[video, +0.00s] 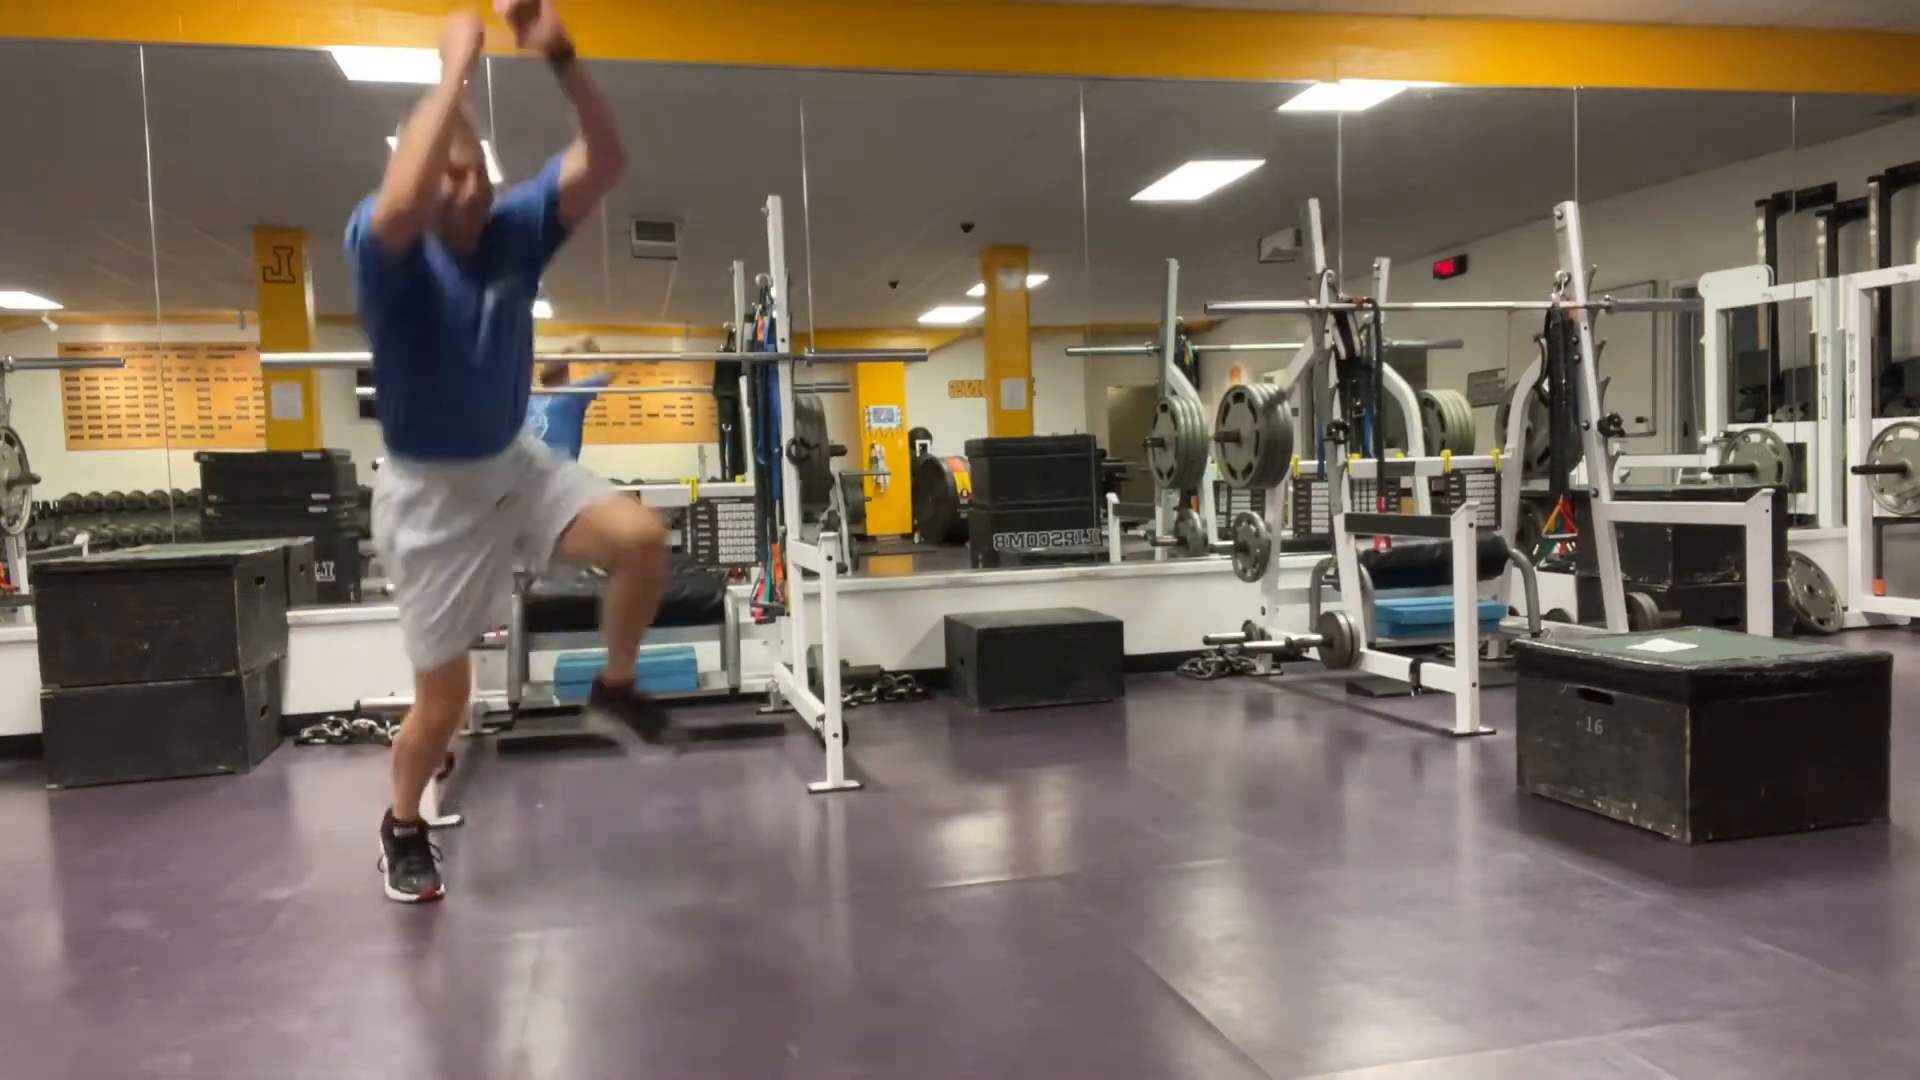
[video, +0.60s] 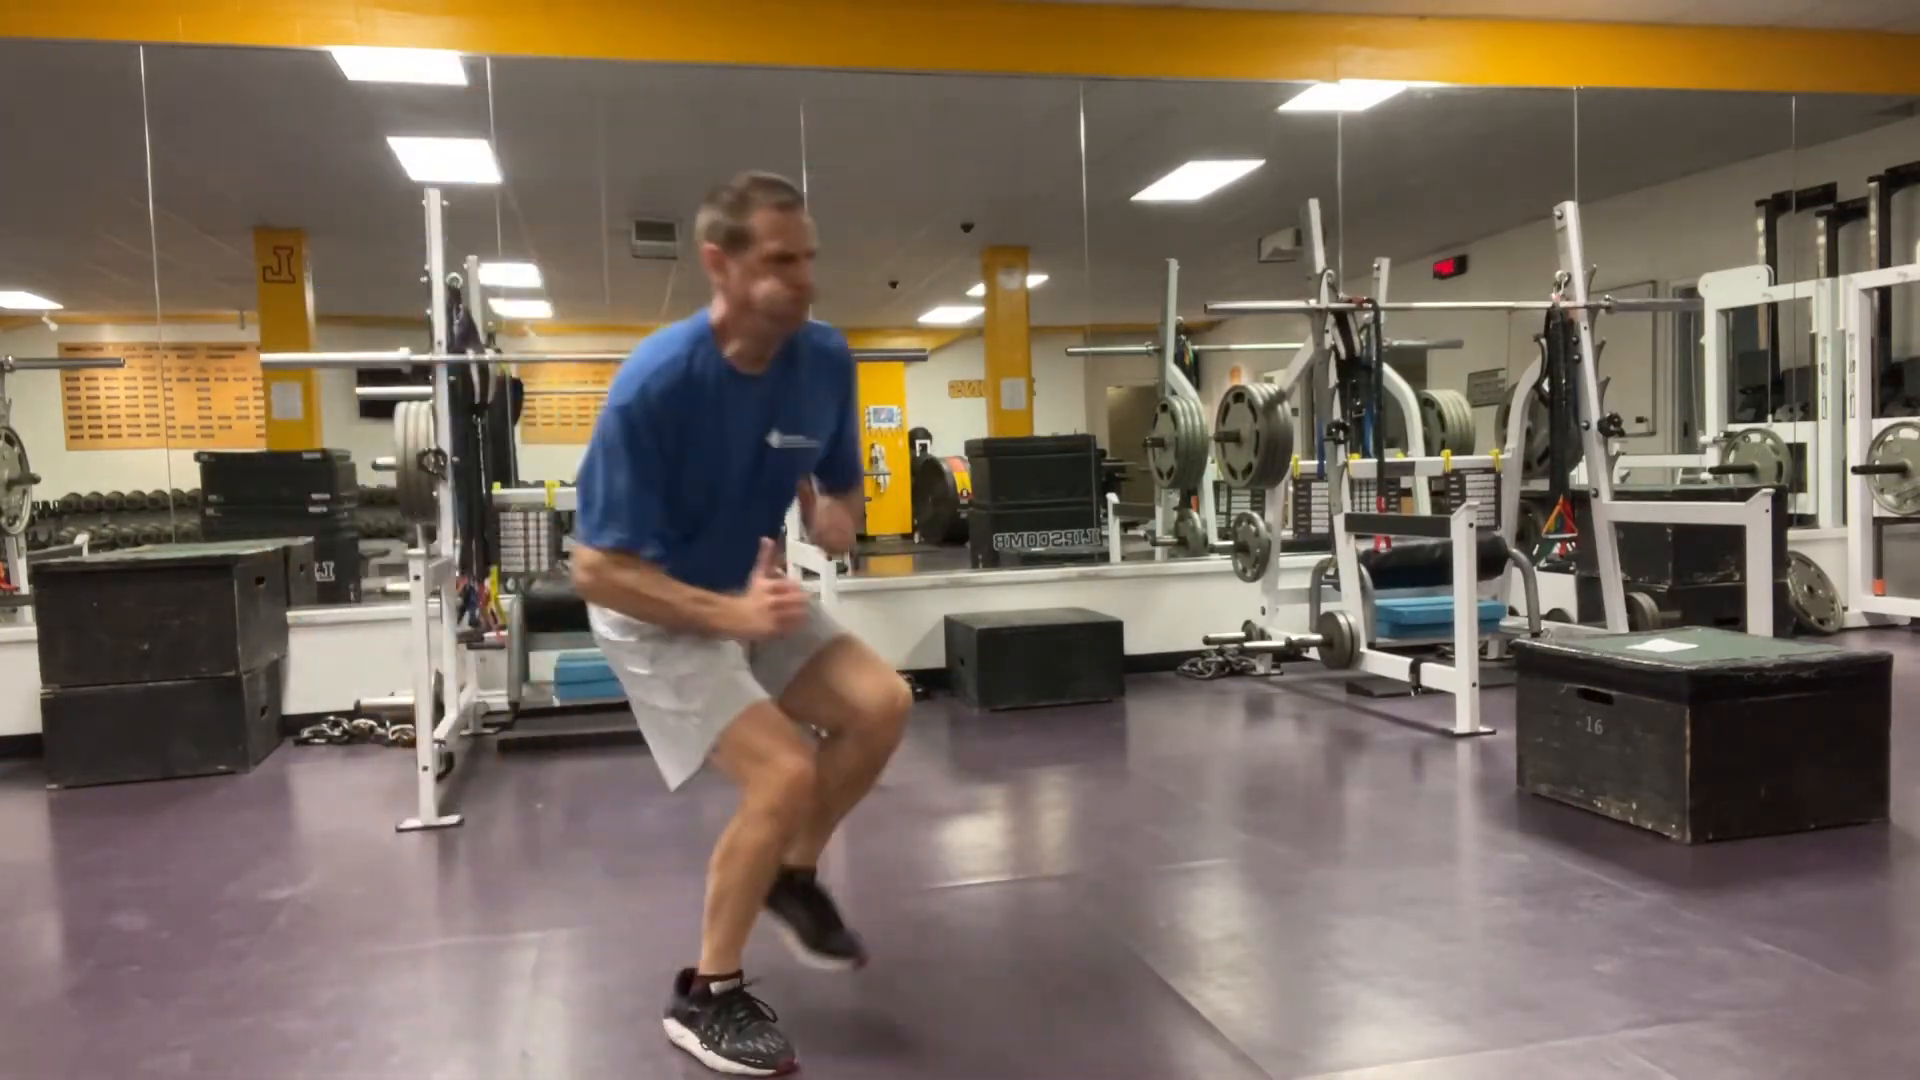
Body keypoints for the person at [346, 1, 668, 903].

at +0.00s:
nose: (465, 186)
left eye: (474, 167)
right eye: (446, 173)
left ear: (492, 171)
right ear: (411, 180)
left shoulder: (515, 232)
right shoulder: (383, 250)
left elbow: (604, 160)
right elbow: (400, 205)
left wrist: (561, 58)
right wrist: (453, 72)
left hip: (518, 473)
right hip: (429, 497)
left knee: (639, 539)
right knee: (441, 705)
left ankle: (617, 687)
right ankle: (403, 822)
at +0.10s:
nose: (501, 109)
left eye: (514, 94)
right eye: (480, 93)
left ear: (528, 103)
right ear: (439, 107)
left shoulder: (554, 161)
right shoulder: (418, 181)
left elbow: (661, 103)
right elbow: (388, 121)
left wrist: (624, 13)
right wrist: (460, 8)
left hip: (553, 414)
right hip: (461, 438)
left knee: (701, 458)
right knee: (493, 664)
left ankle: (653, 606)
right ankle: (442, 783)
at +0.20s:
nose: (553, 80)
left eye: (566, 69)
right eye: (533, 68)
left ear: (581, 81)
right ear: (494, 82)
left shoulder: (609, 147)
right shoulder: (459, 147)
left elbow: (742, 135)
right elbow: (349, 143)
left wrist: (728, 66)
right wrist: (464, 77)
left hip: (586, 388)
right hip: (496, 420)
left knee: (744, 416)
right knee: (562, 638)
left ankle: (666, 552)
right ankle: (531, 815)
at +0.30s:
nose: (616, 123)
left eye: (627, 106)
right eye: (597, 106)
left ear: (644, 105)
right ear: (550, 104)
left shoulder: (668, 176)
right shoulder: (502, 179)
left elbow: (785, 188)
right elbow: (330, 215)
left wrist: (789, 160)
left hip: (632, 421)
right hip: (535, 450)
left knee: (796, 429)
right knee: (613, 659)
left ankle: (687, 556)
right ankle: (647, 896)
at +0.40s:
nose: (682, 197)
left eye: (689, 178)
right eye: (662, 179)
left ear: (702, 176)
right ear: (606, 180)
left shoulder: (712, 252)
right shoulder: (541, 284)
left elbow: (801, 296)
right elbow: (401, 390)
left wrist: (815, 304)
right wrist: (477, 479)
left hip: (690, 499)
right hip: (592, 532)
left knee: (857, 503)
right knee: (687, 734)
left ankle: (765, 649)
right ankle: (701, 984)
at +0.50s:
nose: (744, 253)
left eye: (749, 233)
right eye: (720, 235)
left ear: (758, 234)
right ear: (659, 239)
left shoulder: (764, 332)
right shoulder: (604, 357)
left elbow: (819, 448)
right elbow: (518, 529)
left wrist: (829, 442)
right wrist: (637, 592)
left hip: (723, 557)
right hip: (626, 592)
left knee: (879, 626)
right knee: (744, 752)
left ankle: (815, 789)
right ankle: (709, 988)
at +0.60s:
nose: (803, 281)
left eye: (808, 261)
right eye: (780, 263)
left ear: (816, 260)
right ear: (717, 265)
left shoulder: (823, 360)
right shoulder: (655, 384)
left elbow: (836, 511)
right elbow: (597, 567)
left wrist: (832, 517)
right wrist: (731, 611)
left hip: (748, 585)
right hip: (650, 606)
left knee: (877, 705)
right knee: (787, 776)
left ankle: (791, 868)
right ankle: (710, 989)